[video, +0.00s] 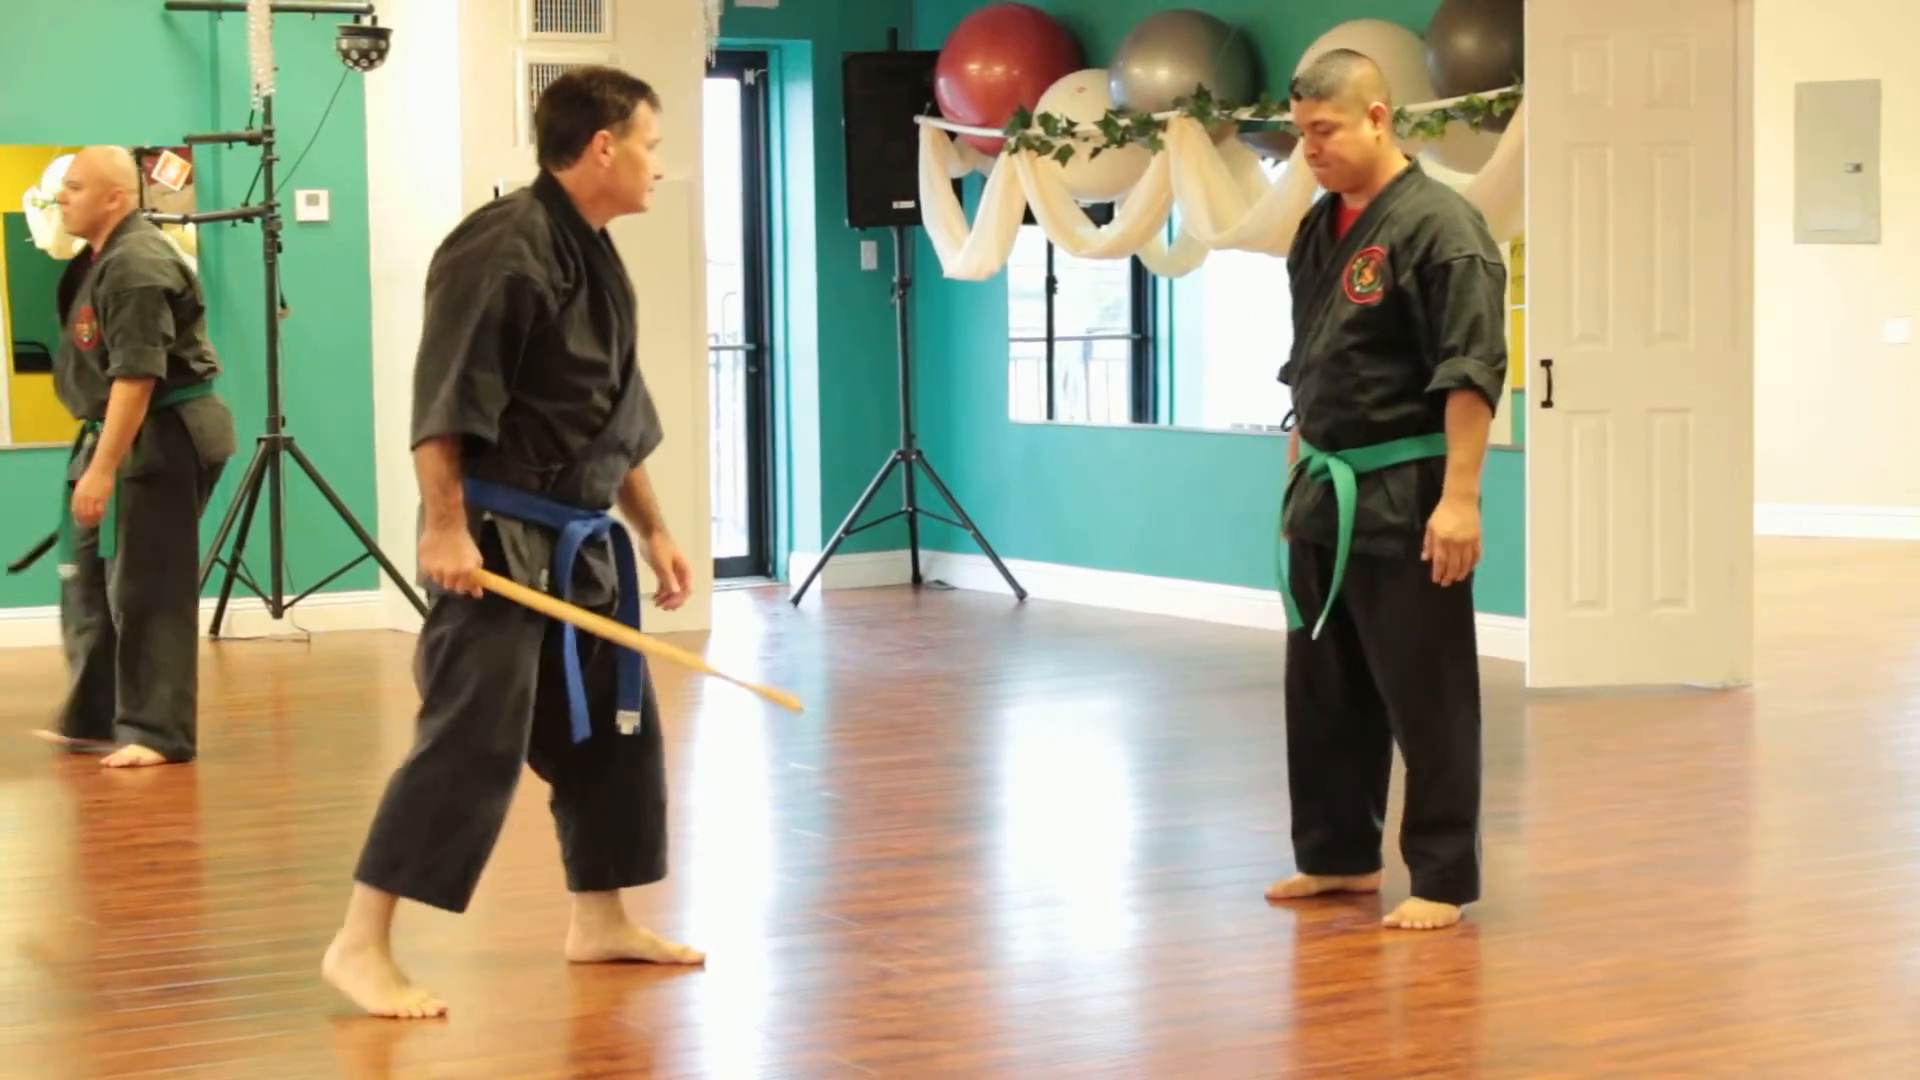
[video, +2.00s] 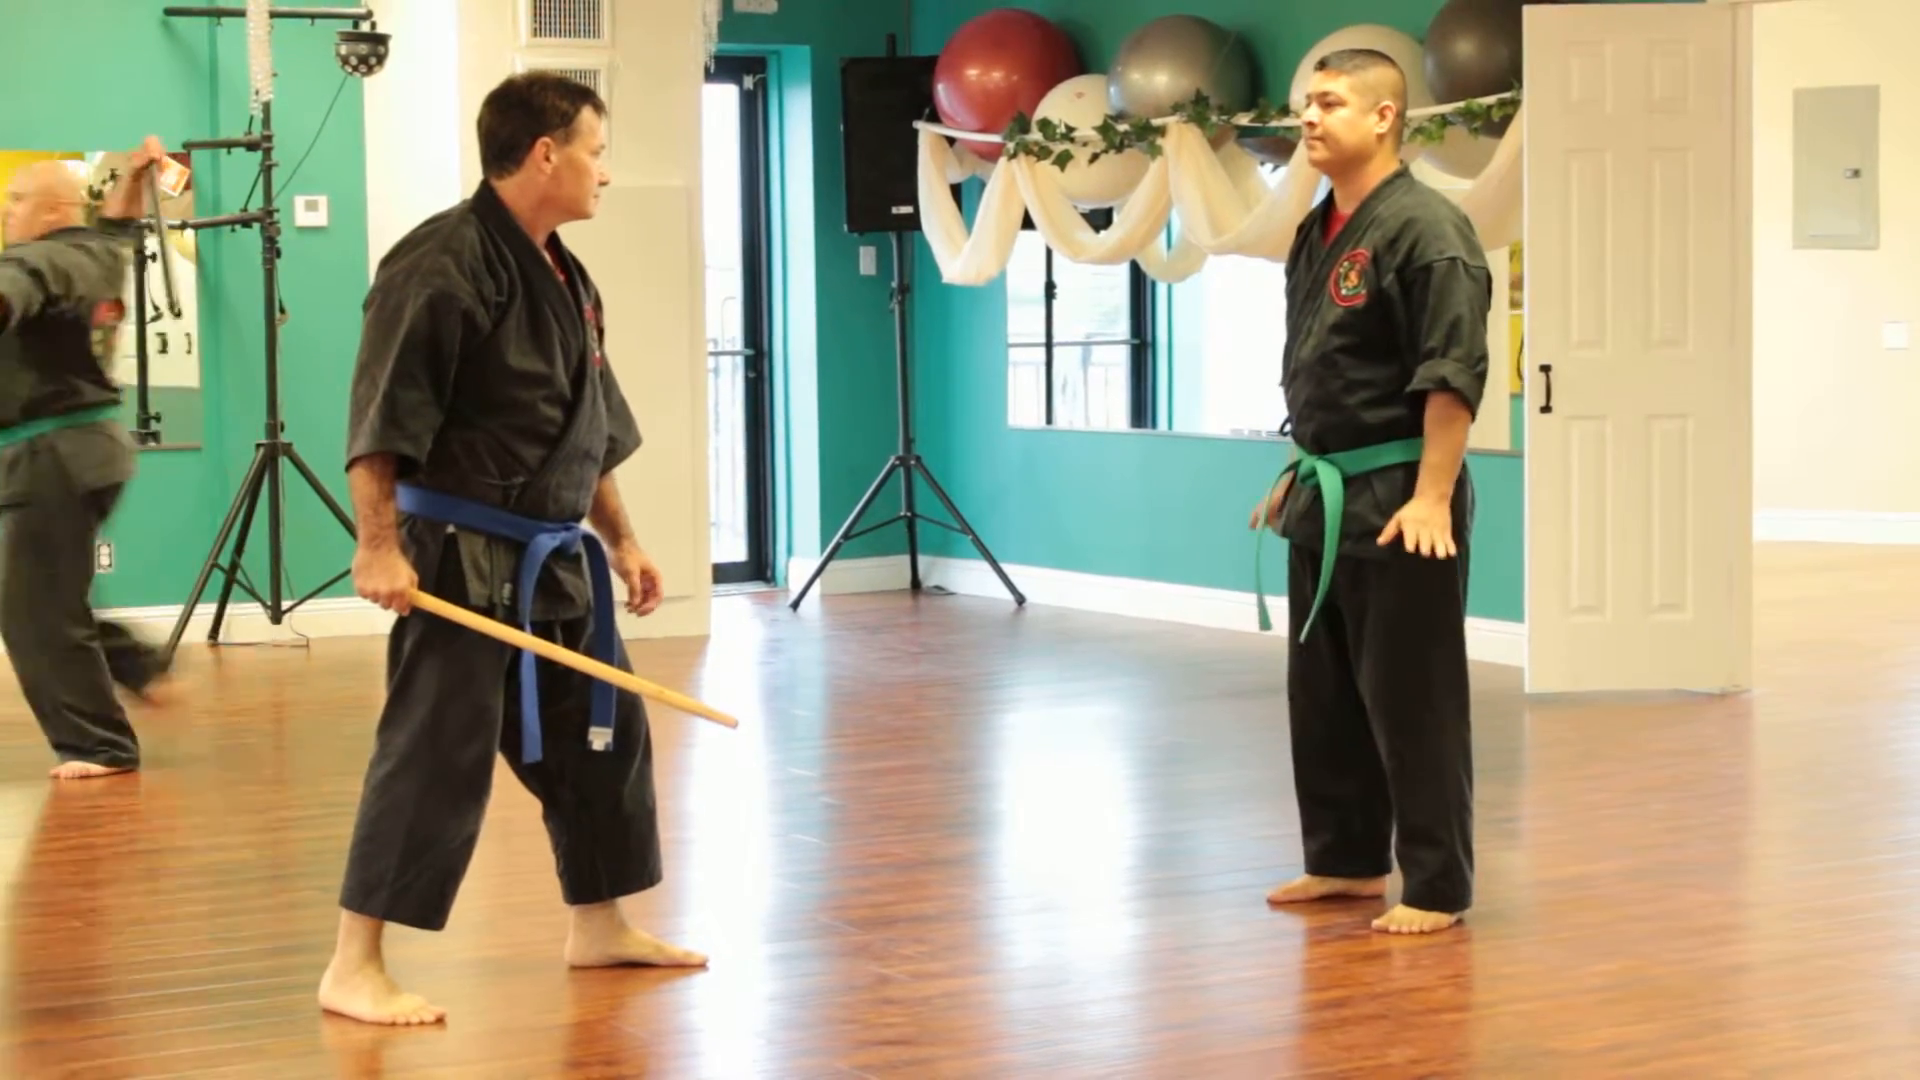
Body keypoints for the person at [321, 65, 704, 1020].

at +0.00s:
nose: (659, 168)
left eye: (657, 149)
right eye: (649, 148)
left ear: (598, 152)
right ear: (598, 148)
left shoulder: (595, 257)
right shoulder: (500, 244)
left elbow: (611, 413)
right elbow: (440, 392)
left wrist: (654, 529)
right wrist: (444, 524)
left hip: (586, 532)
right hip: (497, 527)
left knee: (607, 722)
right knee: (470, 733)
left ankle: (600, 920)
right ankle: (360, 943)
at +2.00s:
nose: (605, 173)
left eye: (604, 154)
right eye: (596, 154)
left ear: (550, 156)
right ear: (544, 155)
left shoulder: (566, 275)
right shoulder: (439, 261)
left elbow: (583, 427)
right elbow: (377, 409)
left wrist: (622, 538)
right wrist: (378, 540)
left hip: (560, 544)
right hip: (460, 542)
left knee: (600, 727)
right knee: (429, 747)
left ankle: (599, 927)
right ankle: (353, 965)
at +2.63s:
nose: (648, 194)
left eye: (647, 175)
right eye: (638, 175)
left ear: (591, 176)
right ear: (588, 175)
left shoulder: (621, 288)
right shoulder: (478, 272)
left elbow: (682, 404)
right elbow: (365, 382)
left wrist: (757, 489)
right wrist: (350, 489)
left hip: (590, 547)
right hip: (494, 541)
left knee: (672, 700)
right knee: (468, 742)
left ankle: (639, 911)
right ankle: (356, 965)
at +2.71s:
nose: (677, 201)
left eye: (677, 184)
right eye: (668, 183)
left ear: (629, 183)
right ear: (616, 181)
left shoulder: (661, 290)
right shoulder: (515, 270)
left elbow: (733, 397)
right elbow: (413, 326)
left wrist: (821, 471)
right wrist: (357, 381)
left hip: (631, 558)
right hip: (534, 553)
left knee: (699, 712)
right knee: (491, 738)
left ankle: (653, 921)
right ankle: (357, 957)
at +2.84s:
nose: (731, 201)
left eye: (732, 185)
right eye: (724, 184)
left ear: (683, 183)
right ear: (677, 182)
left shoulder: (721, 283)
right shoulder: (576, 271)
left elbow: (797, 369)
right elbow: (429, 322)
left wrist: (880, 439)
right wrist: (405, 268)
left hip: (698, 545)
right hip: (611, 542)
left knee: (737, 724)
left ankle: (655, 920)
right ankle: (444, 893)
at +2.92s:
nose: (779, 202)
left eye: (780, 184)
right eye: (771, 184)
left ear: (726, 183)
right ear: (722, 183)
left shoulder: (760, 280)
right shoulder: (627, 265)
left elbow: (832, 365)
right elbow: (499, 283)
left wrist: (910, 432)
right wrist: (483, 184)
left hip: (745, 540)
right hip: (662, 541)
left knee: (745, 728)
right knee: (739, 728)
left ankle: (656, 917)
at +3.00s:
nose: (826, 198)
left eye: (826, 182)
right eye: (817, 179)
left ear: (771, 182)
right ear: (769, 177)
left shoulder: (795, 284)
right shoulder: (685, 254)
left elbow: (861, 376)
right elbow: (604, 257)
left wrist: (931, 446)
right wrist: (592, 148)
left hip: (752, 535)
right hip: (725, 538)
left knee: (736, 730)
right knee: (862, 694)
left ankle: (655, 916)